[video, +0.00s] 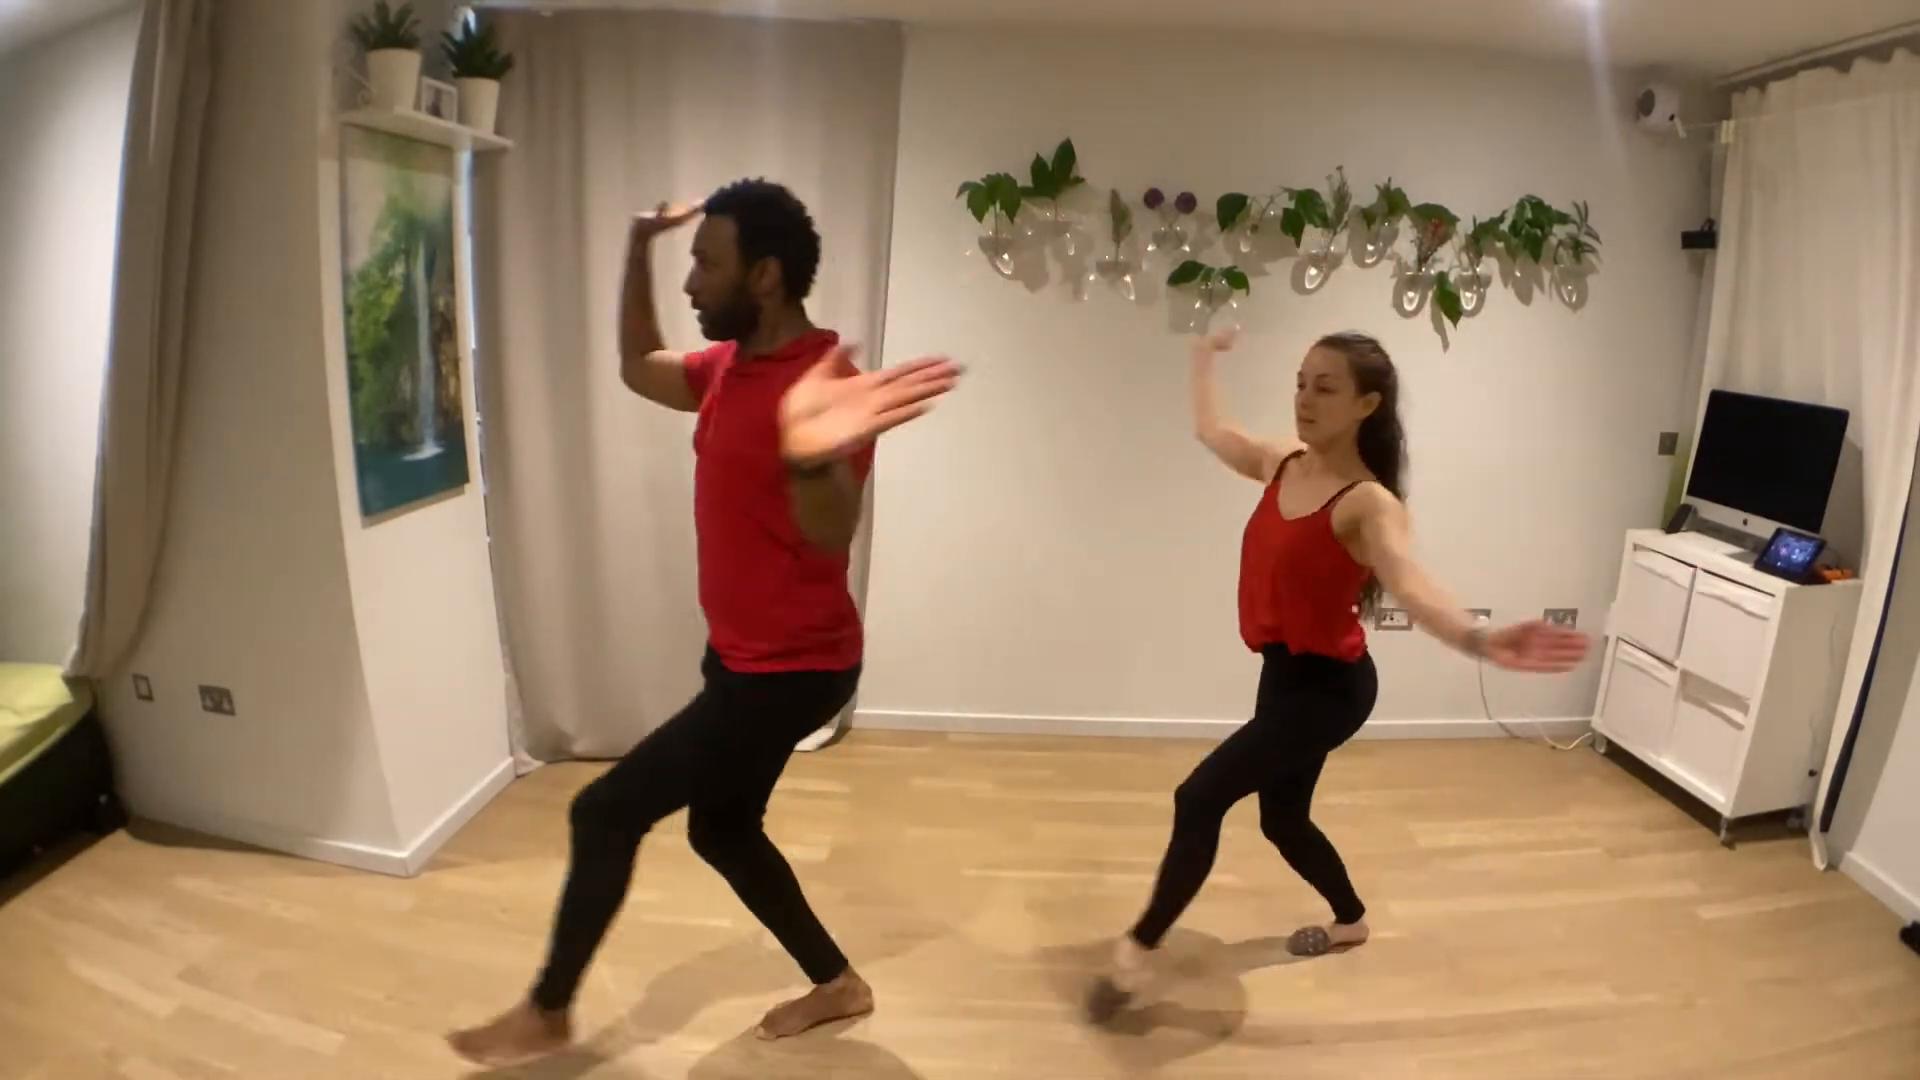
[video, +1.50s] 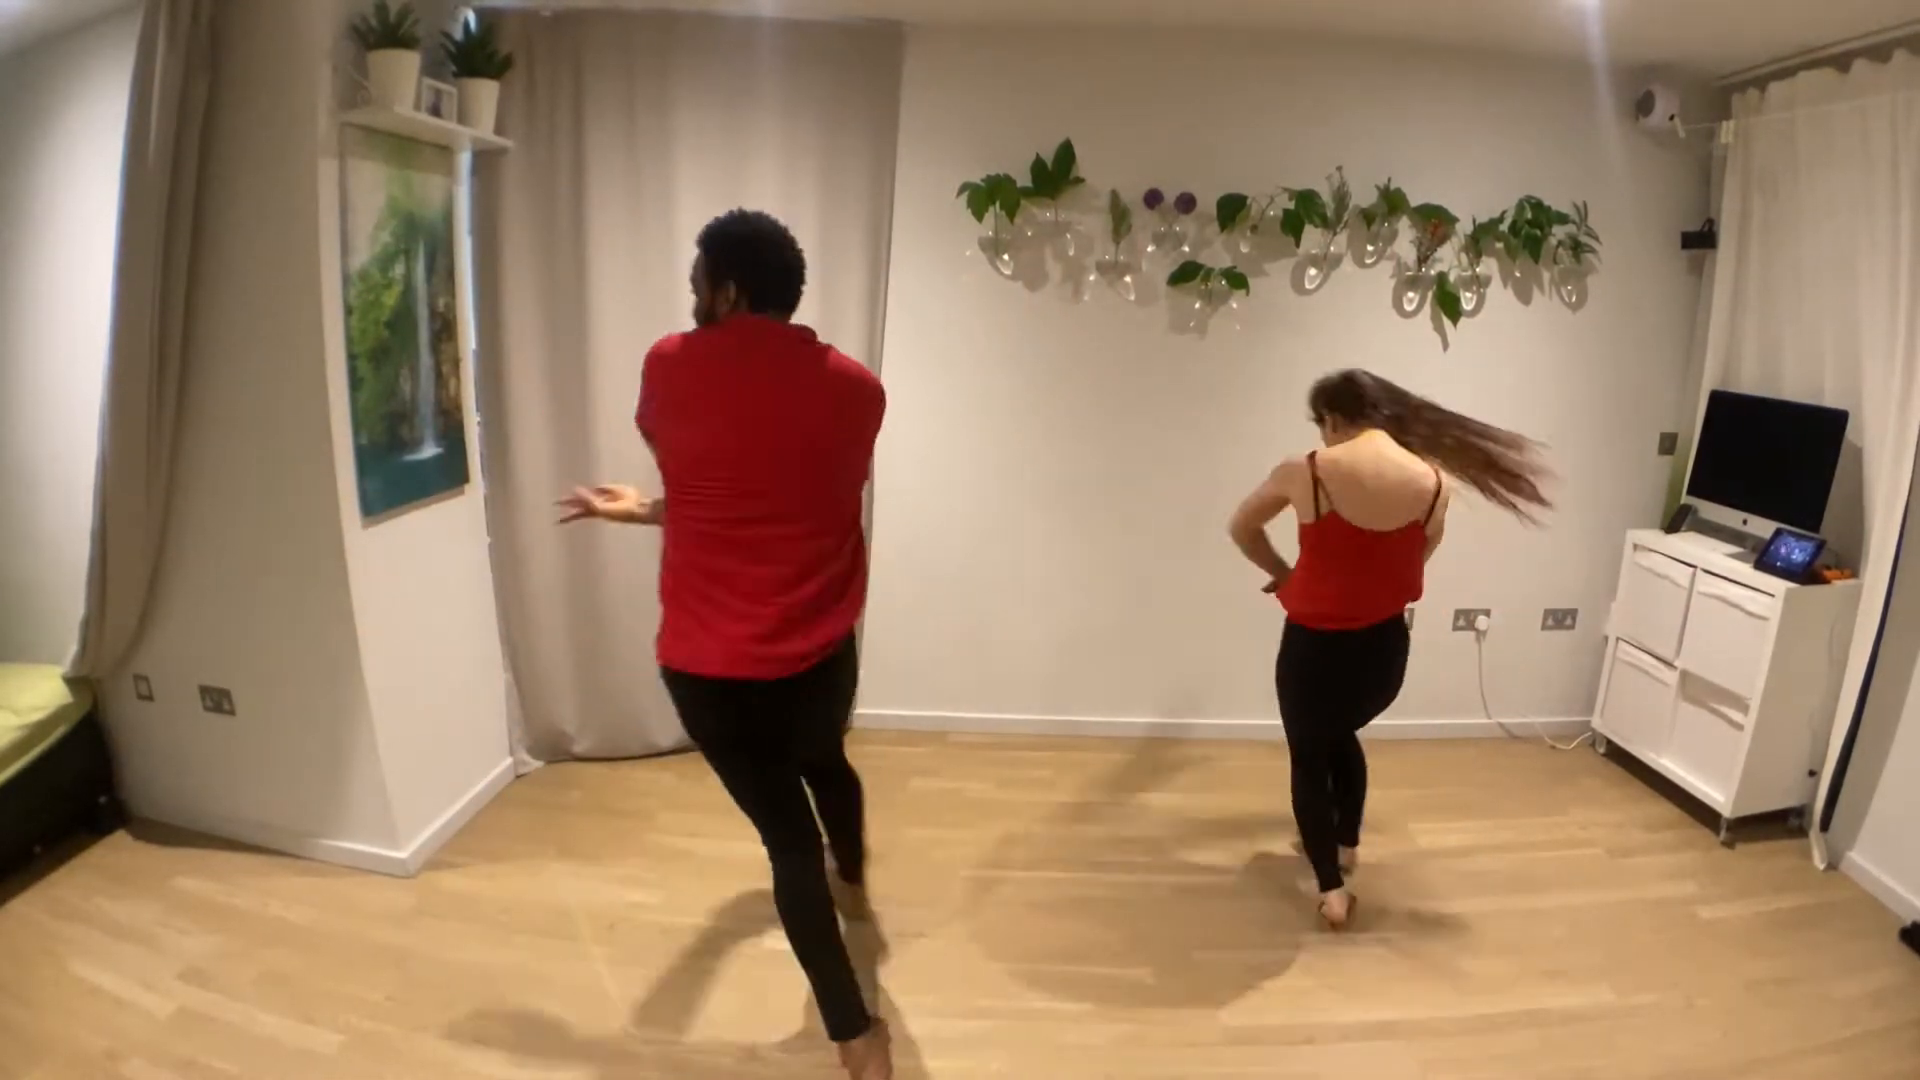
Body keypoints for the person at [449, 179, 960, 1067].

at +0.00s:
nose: (690, 279)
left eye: (705, 262)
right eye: (692, 262)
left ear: (767, 274)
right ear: (752, 275)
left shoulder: (830, 375)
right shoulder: (727, 364)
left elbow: (830, 538)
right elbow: (641, 366)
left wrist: (807, 460)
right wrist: (638, 249)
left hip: (796, 668)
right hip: (737, 655)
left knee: (606, 811)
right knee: (724, 832)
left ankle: (546, 1013)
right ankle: (837, 981)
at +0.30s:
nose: (575, 312)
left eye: (590, 292)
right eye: (579, 291)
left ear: (657, 303)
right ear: (653, 302)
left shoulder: (685, 409)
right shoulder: (656, 371)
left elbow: (530, 530)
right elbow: (510, 320)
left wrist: (343, 563)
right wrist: (400, 252)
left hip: (588, 680)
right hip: (619, 673)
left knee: (450, 858)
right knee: (634, 849)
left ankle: (464, 1060)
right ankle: (805, 963)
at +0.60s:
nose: (459, 295)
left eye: (483, 274)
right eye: (454, 273)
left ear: (544, 285)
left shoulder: (571, 399)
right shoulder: (528, 359)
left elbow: (647, 571)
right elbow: (501, 274)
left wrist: (539, 534)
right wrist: (442, 233)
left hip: (526, 689)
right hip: (515, 677)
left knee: (416, 878)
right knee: (465, 870)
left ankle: (468, 1068)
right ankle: (623, 967)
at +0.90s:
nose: (435, 355)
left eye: (456, 328)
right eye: (420, 334)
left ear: (511, 316)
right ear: (411, 331)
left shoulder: (592, 355)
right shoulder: (463, 441)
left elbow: (612, 493)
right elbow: (344, 572)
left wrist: (436, 503)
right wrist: (203, 527)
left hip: (696, 633)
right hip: (606, 636)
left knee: (596, 837)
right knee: (559, 830)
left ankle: (714, 990)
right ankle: (639, 980)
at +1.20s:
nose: (681, 378)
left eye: (688, 351)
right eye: (652, 365)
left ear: (698, 330)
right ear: (593, 363)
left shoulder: (713, 349)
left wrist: (764, 614)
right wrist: (908, 520)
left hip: (729, 633)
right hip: (641, 655)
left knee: (816, 821)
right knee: (707, 879)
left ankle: (797, 1030)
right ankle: (597, 963)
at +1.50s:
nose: (693, 300)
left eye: (699, 286)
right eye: (696, 285)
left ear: (725, 292)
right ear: (792, 294)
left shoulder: (672, 365)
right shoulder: (854, 387)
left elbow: (680, 479)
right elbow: (785, 490)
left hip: (707, 669)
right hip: (822, 660)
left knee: (785, 839)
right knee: (826, 762)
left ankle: (857, 1041)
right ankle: (851, 881)